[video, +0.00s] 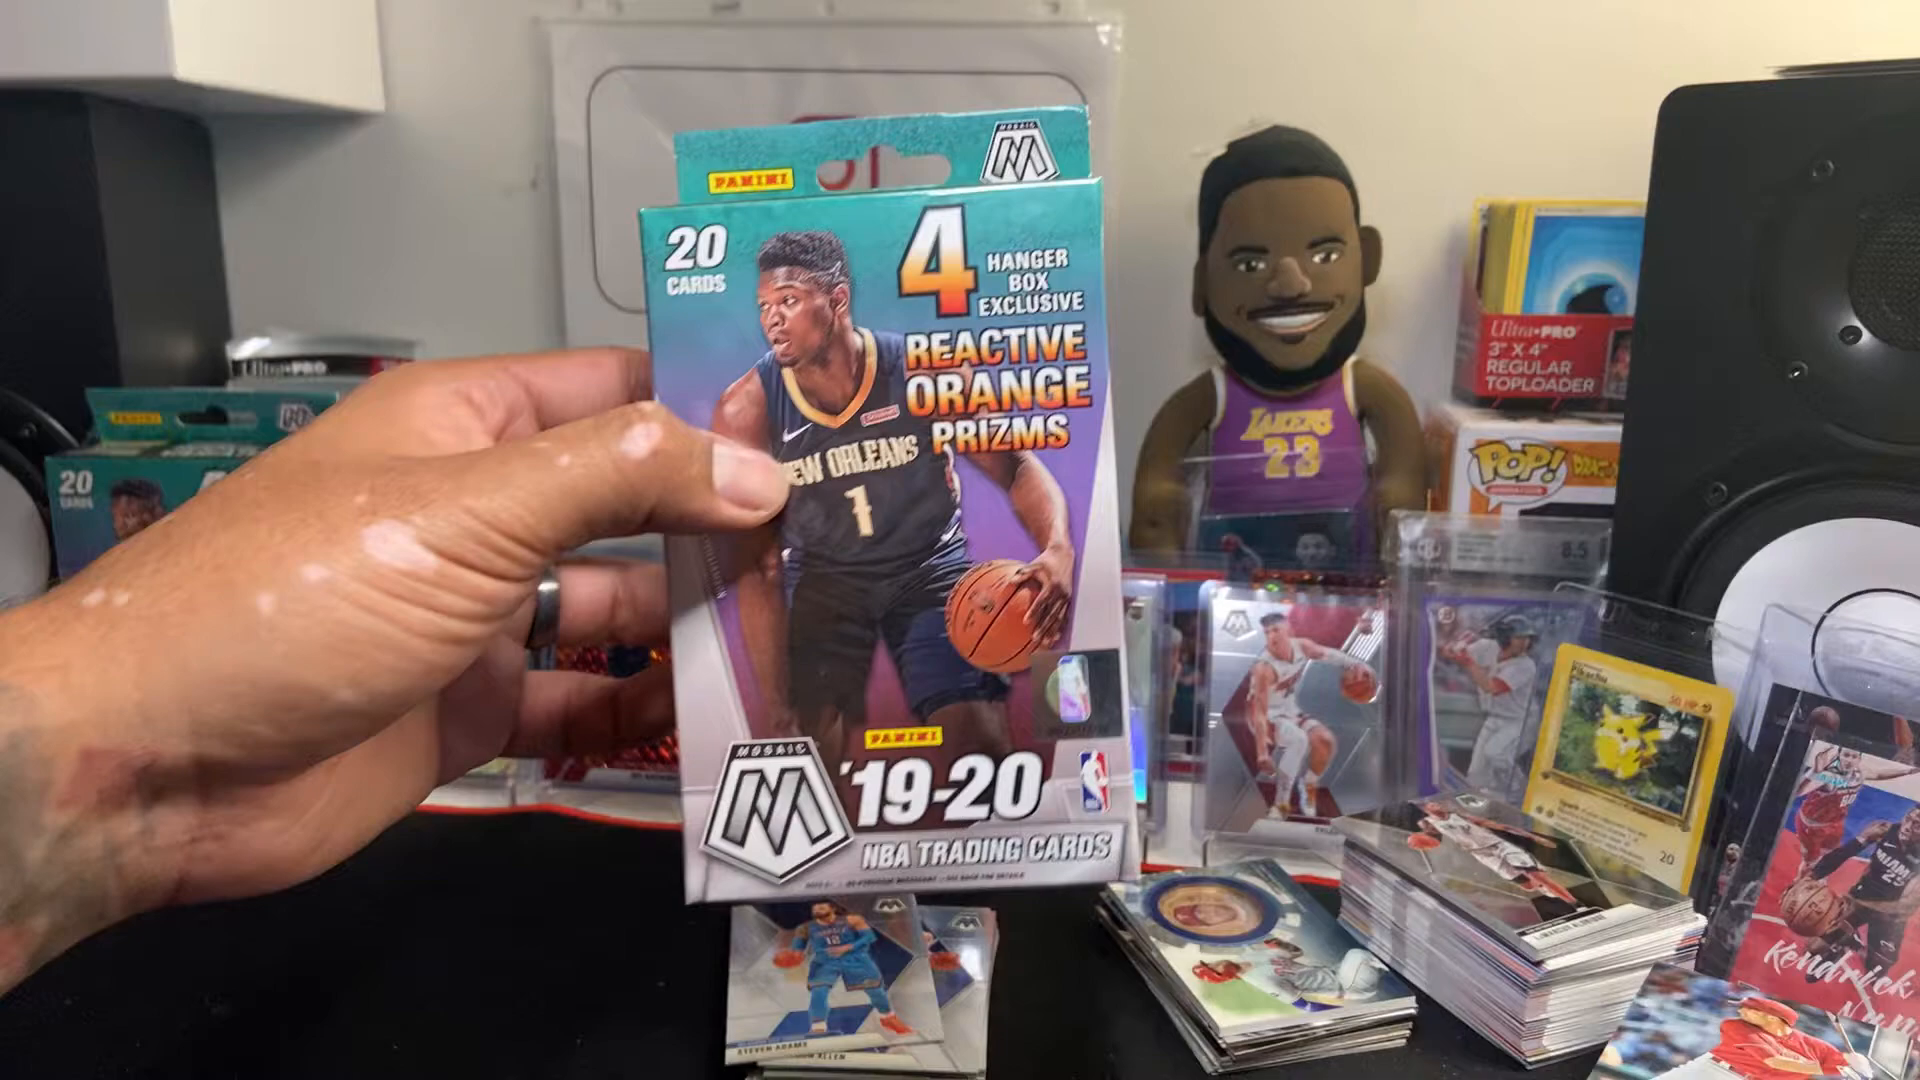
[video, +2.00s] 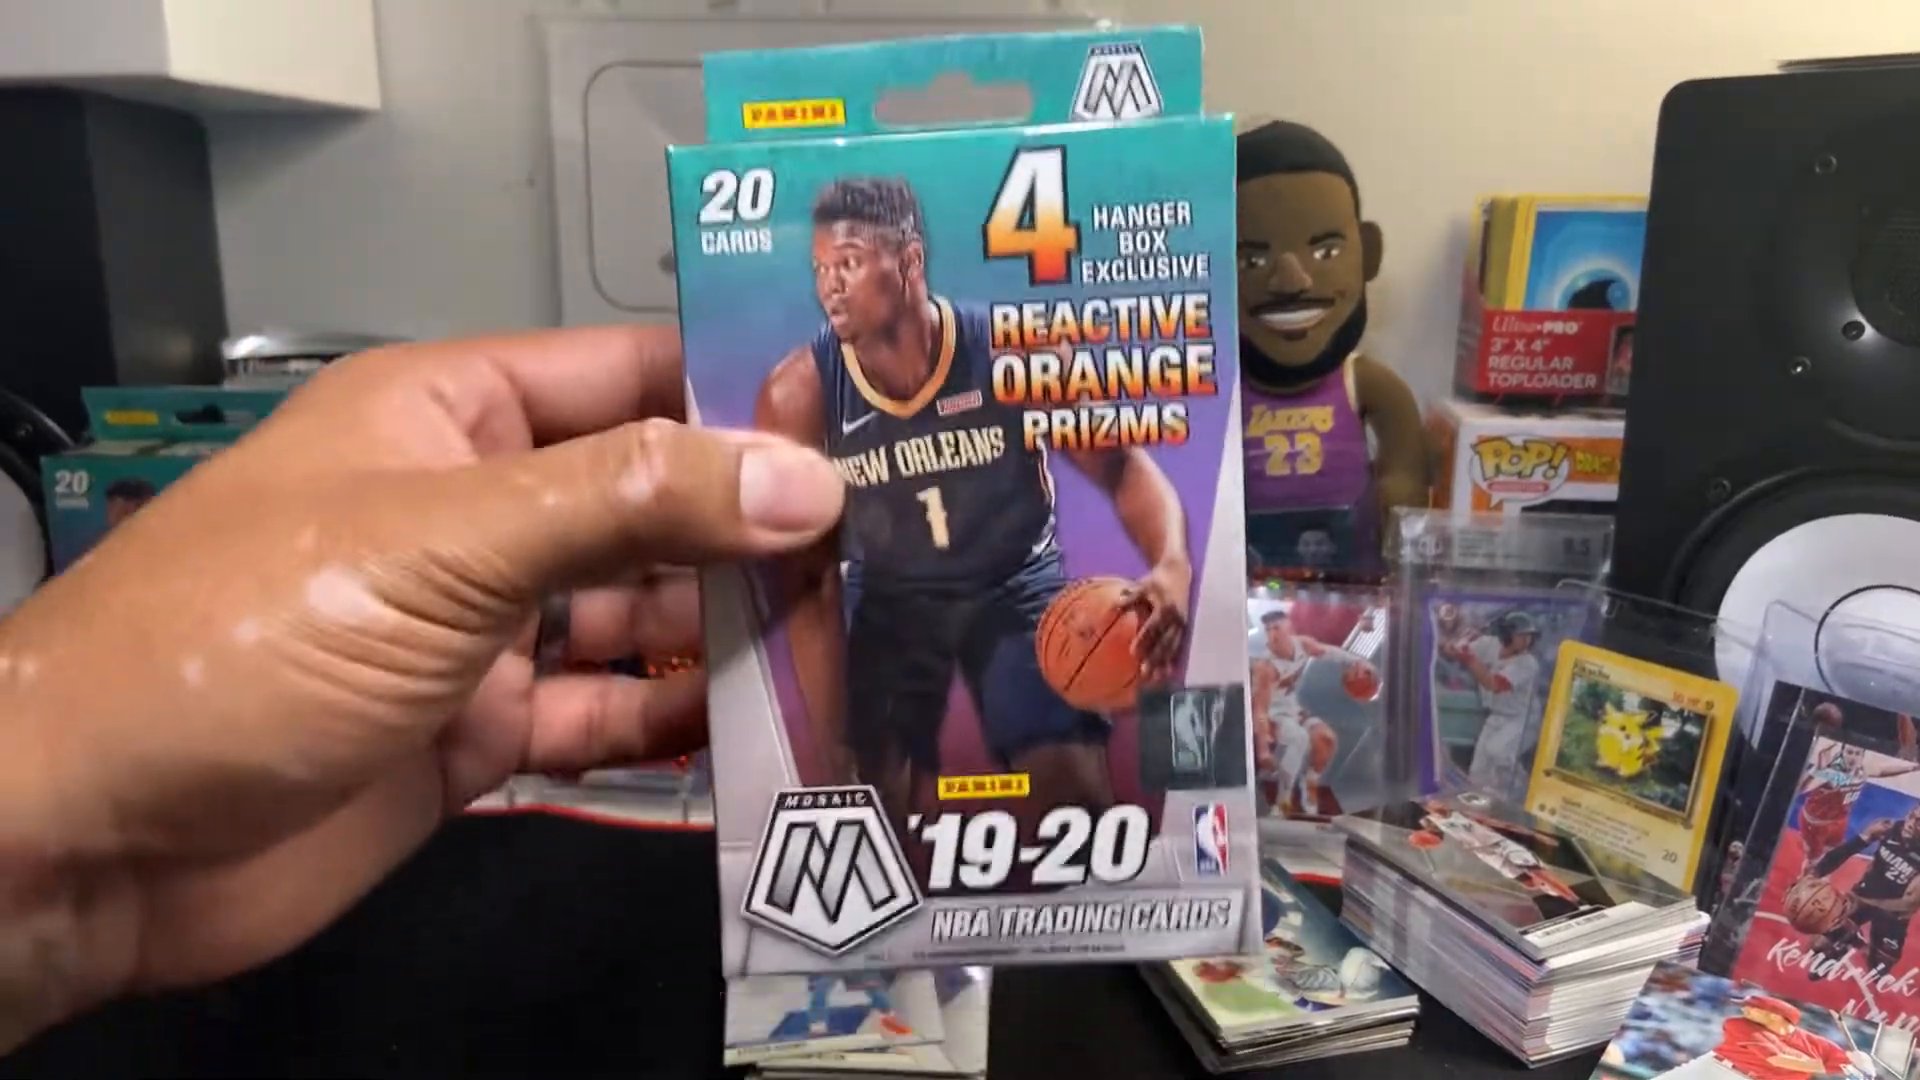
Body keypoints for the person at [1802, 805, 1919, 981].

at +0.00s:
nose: (1908, 827)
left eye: (1916, 825)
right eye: (1908, 820)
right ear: (1903, 817)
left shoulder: (1917, 861)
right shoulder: (1882, 831)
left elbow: (1906, 907)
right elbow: (1843, 853)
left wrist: (1857, 905)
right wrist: (1813, 875)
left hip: (1890, 915)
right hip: (1860, 900)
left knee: (1876, 972)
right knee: (1814, 947)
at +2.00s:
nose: (1912, 824)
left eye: (1918, 822)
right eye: (1912, 817)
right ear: (1907, 815)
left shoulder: (1917, 857)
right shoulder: (1887, 829)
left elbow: (1909, 904)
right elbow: (1847, 850)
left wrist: (1862, 903)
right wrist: (1815, 873)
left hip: (1894, 913)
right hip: (1863, 897)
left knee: (1878, 971)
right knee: (1818, 947)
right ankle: (1844, 945)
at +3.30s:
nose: (1912, 824)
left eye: (1918, 823)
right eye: (1912, 817)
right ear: (1907, 816)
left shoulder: (1917, 858)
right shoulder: (1887, 830)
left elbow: (1908, 905)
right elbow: (1846, 851)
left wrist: (1862, 903)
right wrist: (1814, 875)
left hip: (1895, 911)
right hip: (1865, 895)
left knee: (1880, 969)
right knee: (1820, 946)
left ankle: (1855, 940)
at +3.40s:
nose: (1912, 824)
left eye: (1918, 822)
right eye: (1912, 817)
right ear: (1907, 815)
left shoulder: (1917, 857)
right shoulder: (1887, 829)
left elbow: (1907, 905)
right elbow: (1847, 851)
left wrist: (1861, 903)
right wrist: (1814, 874)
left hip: (1895, 910)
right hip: (1865, 894)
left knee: (1880, 966)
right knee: (1820, 944)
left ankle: (1854, 939)